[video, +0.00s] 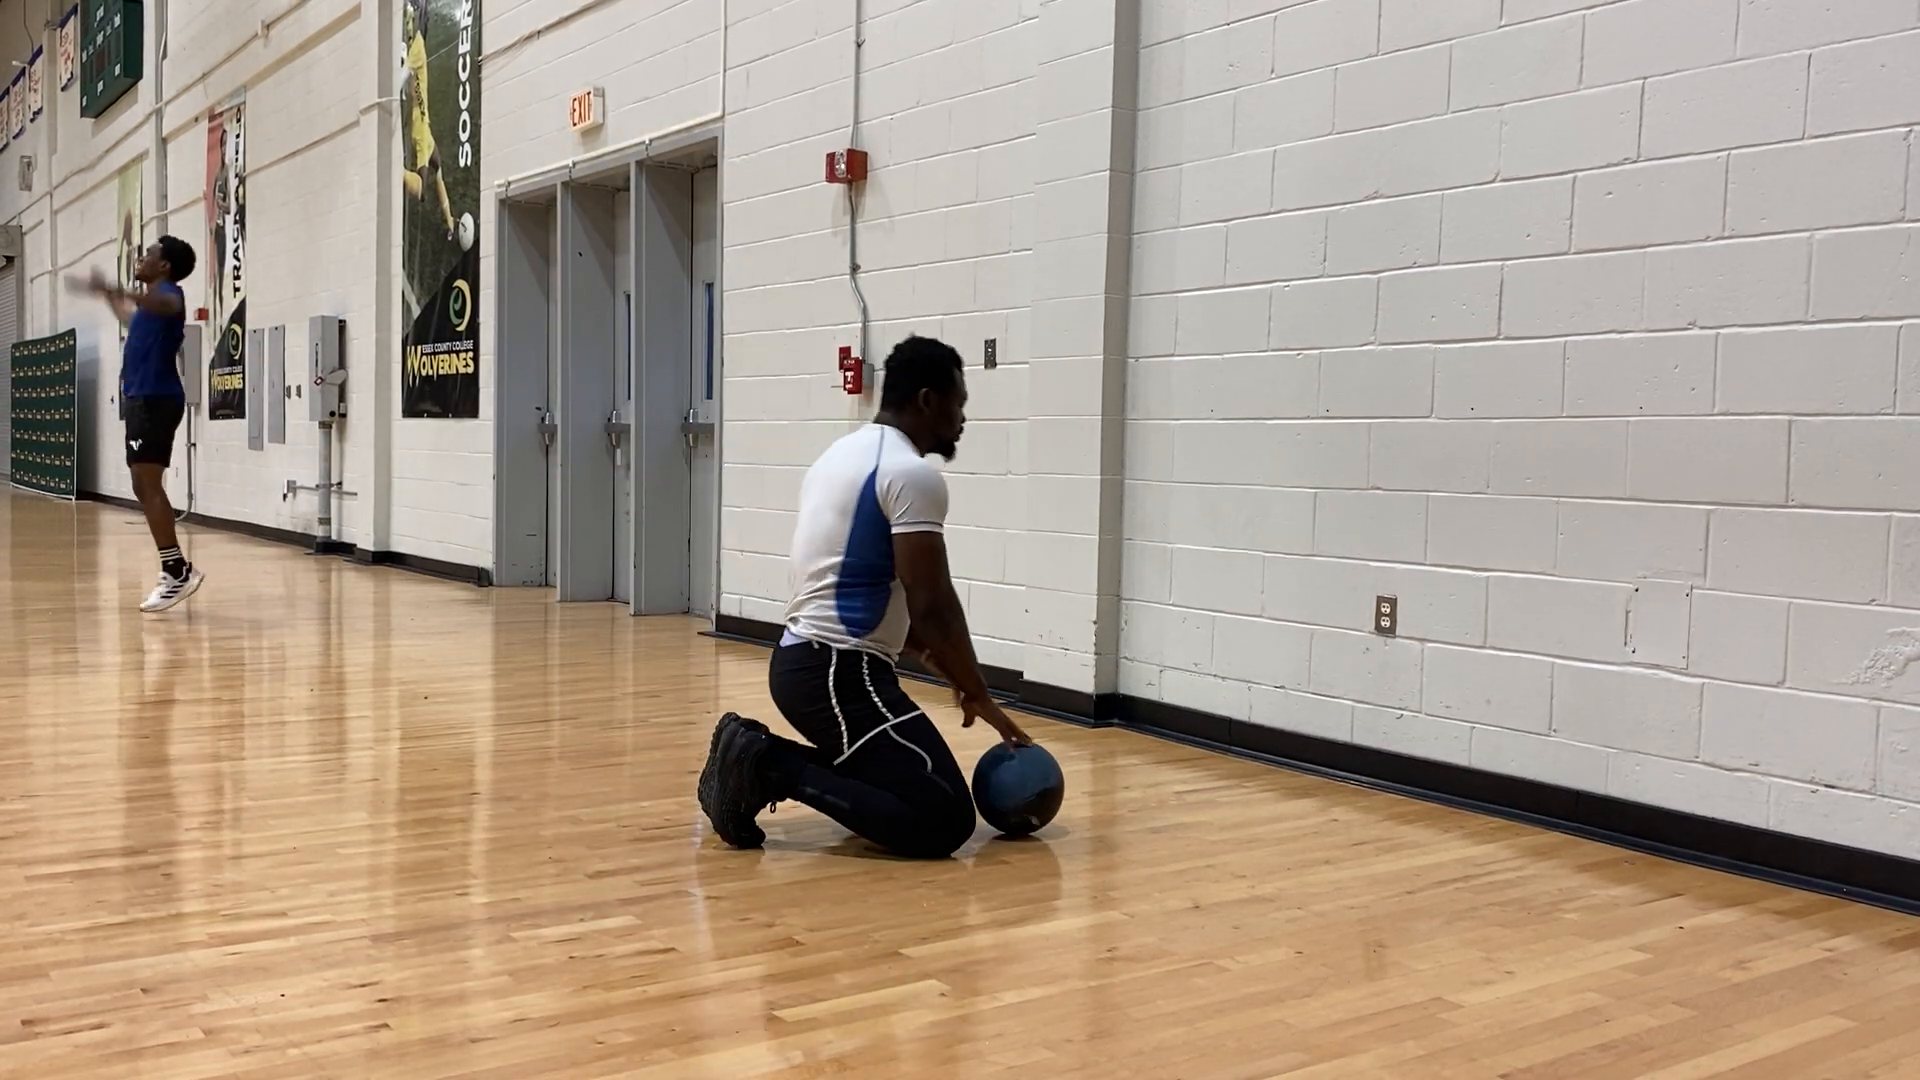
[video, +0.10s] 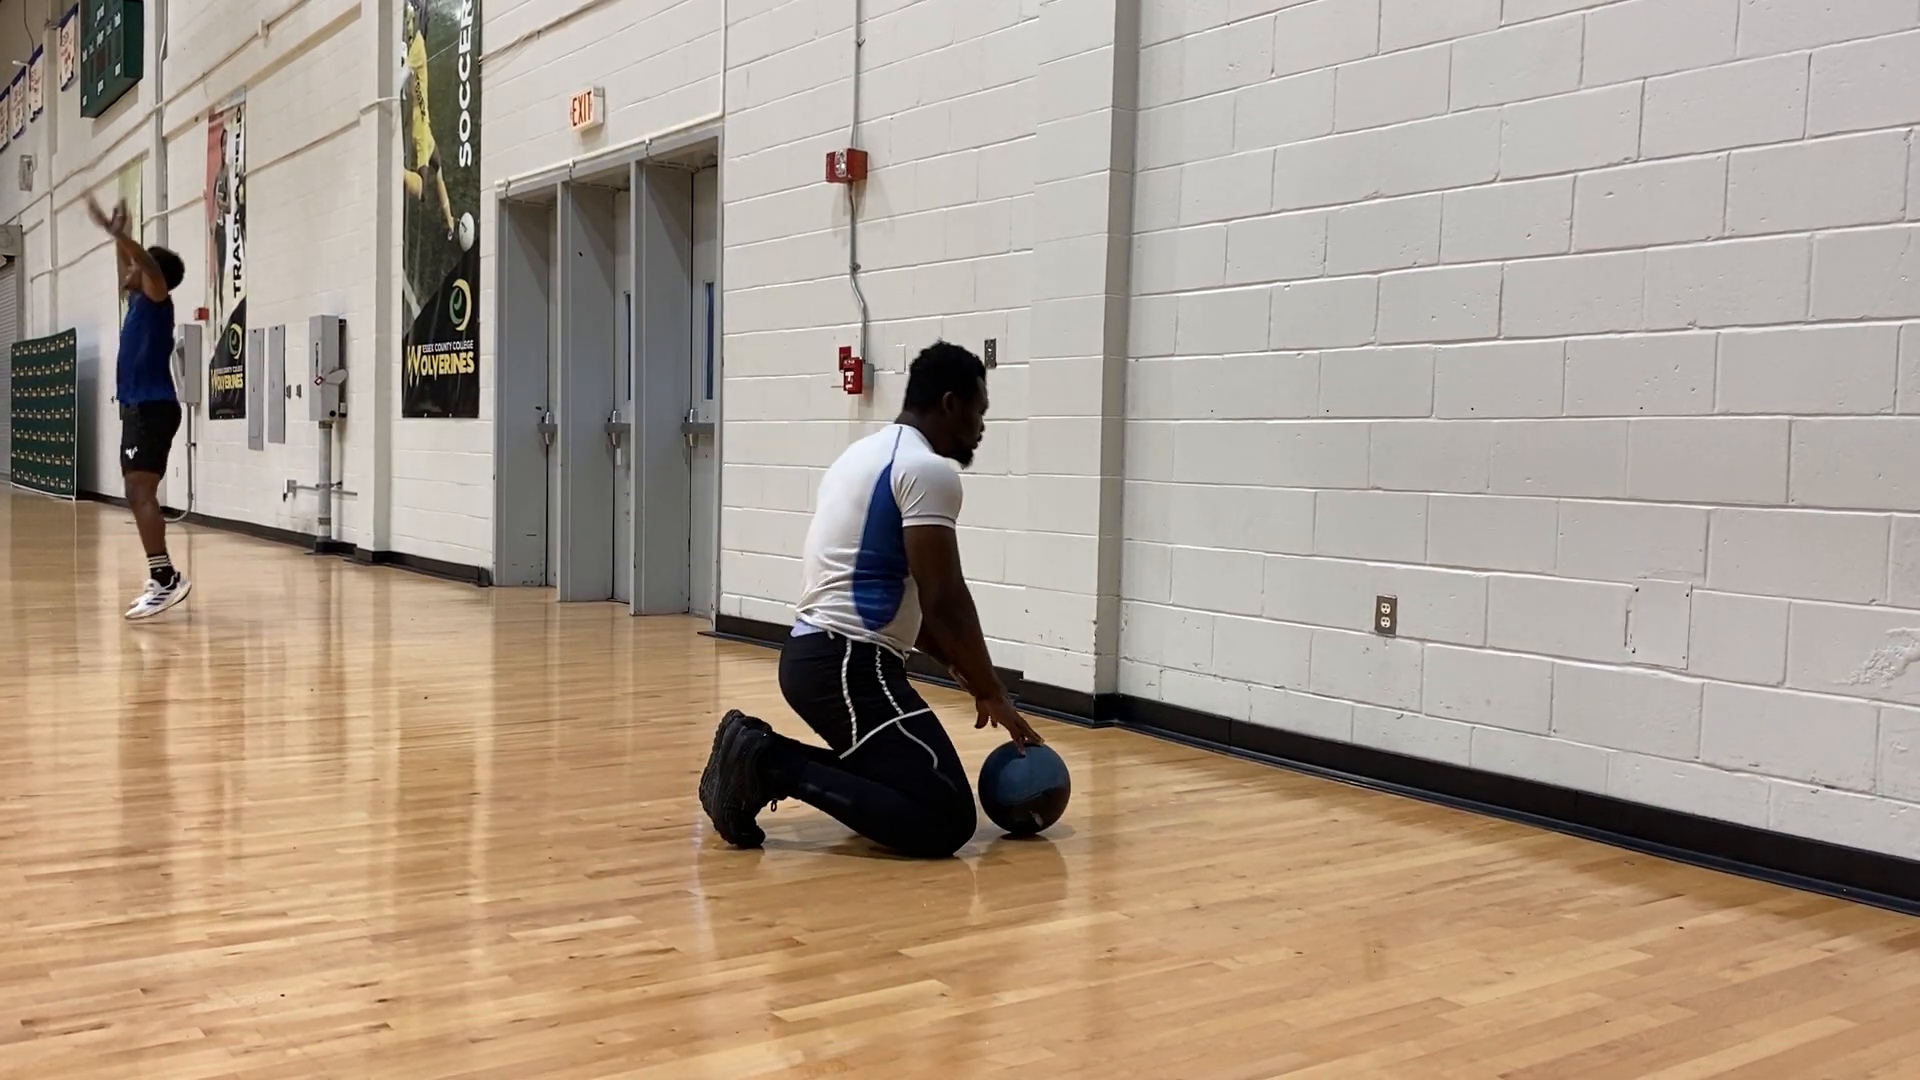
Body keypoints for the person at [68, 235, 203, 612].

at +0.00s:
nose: (142, 257)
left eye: (149, 254)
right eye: (146, 252)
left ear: (164, 264)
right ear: (163, 265)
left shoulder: (168, 292)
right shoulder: (151, 300)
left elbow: (165, 306)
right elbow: (129, 318)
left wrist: (112, 291)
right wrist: (107, 295)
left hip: (155, 399)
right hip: (143, 399)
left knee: (147, 487)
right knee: (146, 487)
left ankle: (176, 573)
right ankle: (177, 570)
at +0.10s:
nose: (130, 268)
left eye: (138, 264)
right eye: (131, 264)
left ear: (157, 275)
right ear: (140, 271)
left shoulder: (156, 303)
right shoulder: (139, 303)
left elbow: (147, 269)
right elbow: (128, 268)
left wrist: (124, 236)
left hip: (153, 408)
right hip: (139, 408)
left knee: (141, 493)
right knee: (136, 492)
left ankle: (164, 580)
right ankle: (164, 576)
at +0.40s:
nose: (109, 265)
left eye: (116, 260)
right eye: (110, 259)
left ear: (134, 268)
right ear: (122, 264)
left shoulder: (138, 297)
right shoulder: (114, 300)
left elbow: (131, 271)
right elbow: (94, 285)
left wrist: (107, 239)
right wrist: (71, 254)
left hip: (123, 401)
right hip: (111, 400)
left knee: (112, 489)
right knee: (109, 489)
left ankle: (148, 573)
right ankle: (148, 568)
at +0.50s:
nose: (98, 254)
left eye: (106, 250)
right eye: (102, 249)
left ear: (121, 262)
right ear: (117, 262)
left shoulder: (124, 291)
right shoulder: (109, 296)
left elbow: (135, 322)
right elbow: (101, 336)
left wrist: (102, 320)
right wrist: (65, 328)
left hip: (116, 397)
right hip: (103, 397)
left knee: (101, 486)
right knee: (96, 488)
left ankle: (126, 577)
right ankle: (128, 572)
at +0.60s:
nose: (84, 273)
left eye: (91, 269)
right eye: (88, 268)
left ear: (105, 281)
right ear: (104, 281)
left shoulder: (111, 314)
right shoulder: (96, 317)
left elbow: (128, 367)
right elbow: (97, 379)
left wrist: (105, 402)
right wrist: (71, 406)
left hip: (113, 416)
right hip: (98, 416)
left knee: (81, 503)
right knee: (80, 504)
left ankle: (117, 589)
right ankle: (115, 587)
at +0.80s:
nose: (71, 264)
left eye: (78, 260)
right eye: (75, 258)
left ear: (94, 270)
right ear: (91, 270)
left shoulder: (98, 305)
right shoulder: (84, 309)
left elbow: (113, 357)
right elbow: (75, 368)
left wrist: (80, 377)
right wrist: (40, 373)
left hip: (95, 413)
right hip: (83, 412)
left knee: (76, 496)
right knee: (71, 498)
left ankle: (107, 584)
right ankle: (110, 582)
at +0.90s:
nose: (65, 253)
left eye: (73, 249)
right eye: (69, 247)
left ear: (89, 259)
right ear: (85, 259)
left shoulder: (95, 288)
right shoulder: (78, 293)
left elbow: (110, 313)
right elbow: (60, 319)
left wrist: (69, 292)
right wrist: (31, 285)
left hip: (85, 396)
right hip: (71, 396)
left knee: (75, 486)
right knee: (70, 486)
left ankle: (101, 576)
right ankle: (99, 573)